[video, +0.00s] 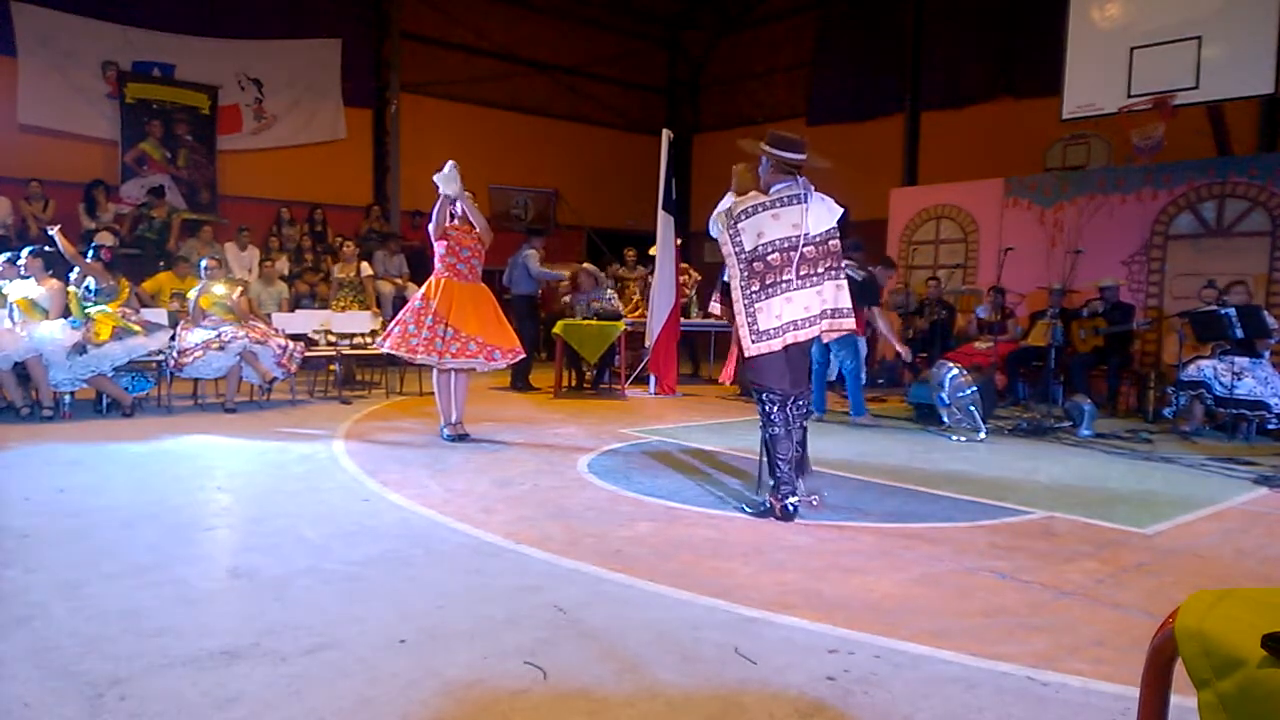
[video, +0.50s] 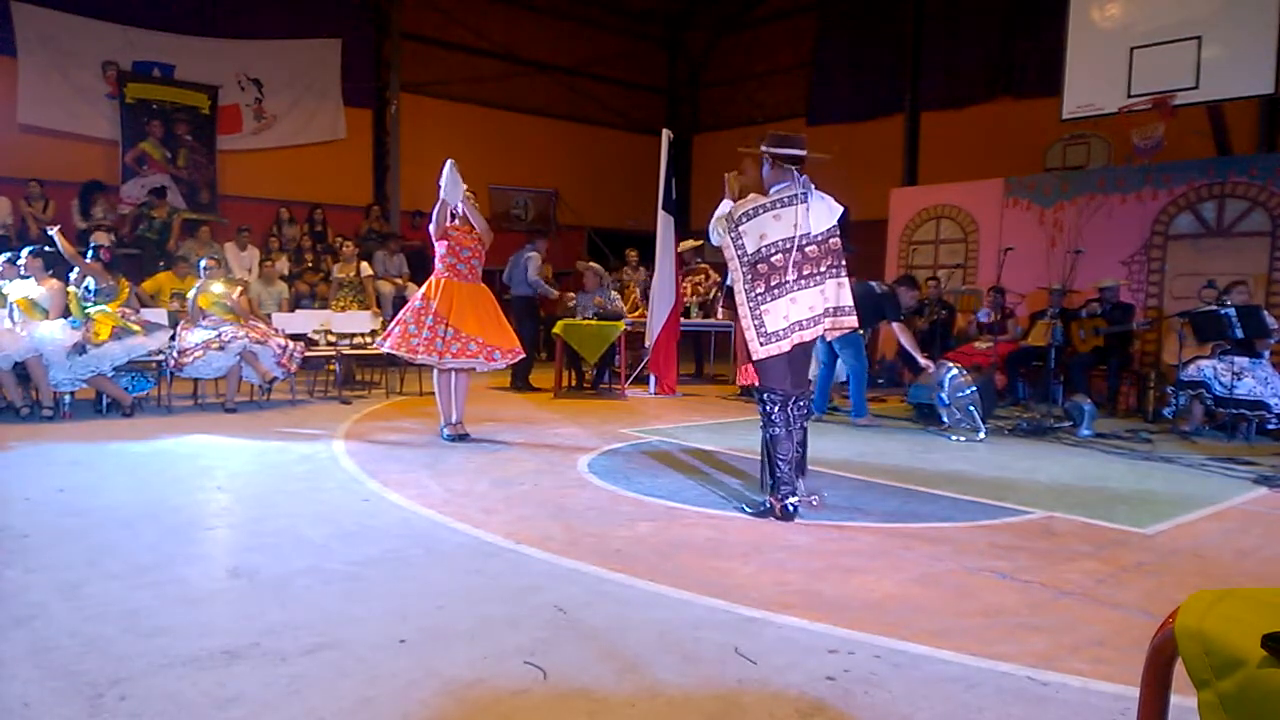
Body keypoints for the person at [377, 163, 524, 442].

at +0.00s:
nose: (458, 210)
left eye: (463, 206)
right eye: (454, 207)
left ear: (470, 210)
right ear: (448, 211)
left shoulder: (481, 237)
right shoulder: (441, 232)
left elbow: (482, 225)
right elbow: (436, 222)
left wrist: (463, 196)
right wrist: (444, 195)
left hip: (469, 296)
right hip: (442, 294)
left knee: (462, 364)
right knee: (443, 364)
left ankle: (458, 420)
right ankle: (445, 421)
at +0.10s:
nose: (460, 210)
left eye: (464, 205)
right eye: (455, 207)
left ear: (471, 208)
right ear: (449, 210)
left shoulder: (482, 237)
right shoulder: (441, 232)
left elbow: (482, 224)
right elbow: (437, 223)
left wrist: (462, 196)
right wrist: (444, 195)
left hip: (470, 295)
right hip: (442, 294)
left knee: (462, 364)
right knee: (443, 364)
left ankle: (459, 420)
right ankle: (446, 421)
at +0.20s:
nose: (458, 211)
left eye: (463, 207)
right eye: (454, 207)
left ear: (470, 209)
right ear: (451, 210)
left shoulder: (482, 237)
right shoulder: (441, 231)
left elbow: (483, 226)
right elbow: (437, 222)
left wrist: (464, 200)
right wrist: (444, 197)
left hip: (470, 296)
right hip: (442, 295)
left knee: (463, 364)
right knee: (443, 364)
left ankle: (458, 420)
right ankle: (446, 421)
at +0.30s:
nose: (460, 211)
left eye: (464, 207)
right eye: (455, 208)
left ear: (471, 210)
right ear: (450, 210)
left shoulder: (482, 238)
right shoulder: (442, 232)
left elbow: (483, 226)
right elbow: (437, 223)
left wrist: (465, 200)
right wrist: (445, 198)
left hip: (470, 296)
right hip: (443, 295)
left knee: (462, 364)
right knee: (443, 364)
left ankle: (458, 420)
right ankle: (446, 421)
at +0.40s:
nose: (467, 206)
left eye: (471, 202)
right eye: (462, 202)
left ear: (476, 209)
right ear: (455, 207)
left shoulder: (482, 238)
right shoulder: (443, 232)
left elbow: (483, 226)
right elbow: (438, 226)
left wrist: (466, 202)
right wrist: (444, 201)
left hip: (470, 296)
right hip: (444, 294)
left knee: (463, 364)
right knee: (444, 363)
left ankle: (458, 421)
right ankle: (446, 422)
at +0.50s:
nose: (467, 205)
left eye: (471, 201)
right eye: (463, 201)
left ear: (475, 208)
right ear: (454, 207)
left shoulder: (481, 237)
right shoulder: (442, 232)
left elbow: (485, 231)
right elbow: (438, 223)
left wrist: (466, 203)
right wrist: (445, 198)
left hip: (470, 296)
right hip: (444, 293)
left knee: (463, 364)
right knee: (444, 362)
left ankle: (458, 421)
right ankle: (446, 422)